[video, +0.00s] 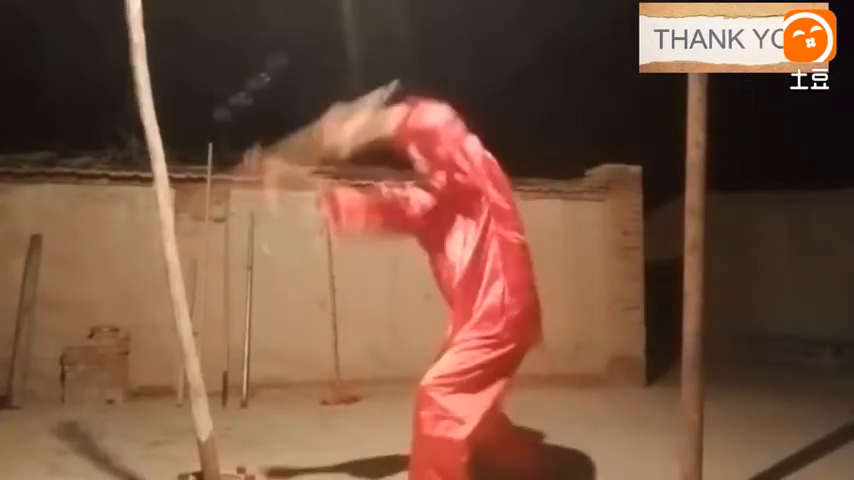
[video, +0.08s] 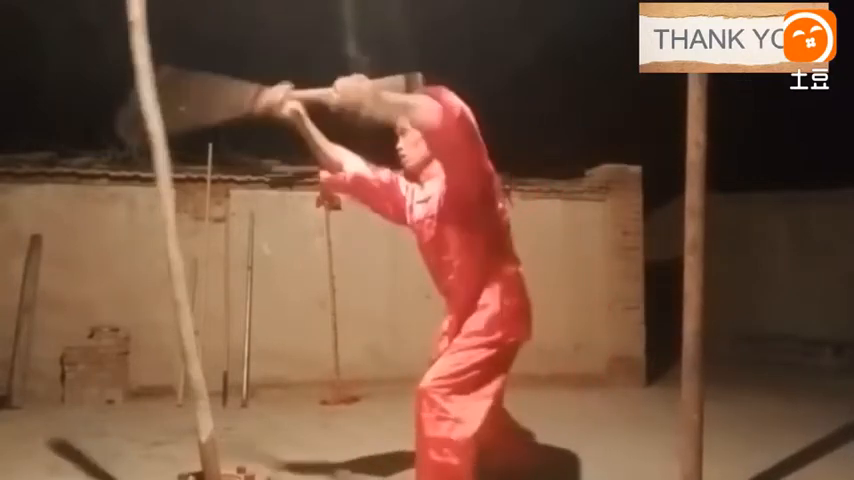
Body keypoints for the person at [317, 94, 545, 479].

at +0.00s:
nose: (418, 162)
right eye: (414, 156)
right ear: (413, 160)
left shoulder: (475, 181)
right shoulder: (429, 205)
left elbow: (439, 121)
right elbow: (371, 205)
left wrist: (367, 126)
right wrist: (311, 188)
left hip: (504, 319)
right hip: (471, 323)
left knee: (438, 392)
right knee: (461, 401)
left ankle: (436, 473)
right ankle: (526, 461)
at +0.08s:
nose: (400, 144)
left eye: (409, 133)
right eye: (399, 136)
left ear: (434, 136)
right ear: (403, 145)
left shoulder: (466, 182)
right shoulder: (408, 194)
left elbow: (444, 116)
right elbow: (350, 168)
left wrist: (373, 98)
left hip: (497, 308)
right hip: (462, 311)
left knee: (437, 393)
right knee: (464, 399)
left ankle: (443, 475)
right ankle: (524, 464)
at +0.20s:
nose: (401, 146)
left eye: (410, 135)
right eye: (403, 136)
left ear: (439, 139)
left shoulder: (464, 193)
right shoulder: (415, 200)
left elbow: (459, 154)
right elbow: (353, 173)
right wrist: (308, 128)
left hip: (492, 321)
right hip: (457, 320)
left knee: (436, 392)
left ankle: (442, 472)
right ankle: (505, 458)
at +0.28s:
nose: (407, 165)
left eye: (415, 155)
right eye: (407, 155)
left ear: (440, 158)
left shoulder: (461, 205)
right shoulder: (428, 201)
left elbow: (413, 254)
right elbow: (389, 231)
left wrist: (335, 265)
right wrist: (341, 219)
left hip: (488, 326)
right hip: (454, 328)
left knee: (430, 395)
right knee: (474, 428)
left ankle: (434, 473)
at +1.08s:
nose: (424, 219)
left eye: (431, 209)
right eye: (423, 211)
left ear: (456, 211)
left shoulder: (466, 250)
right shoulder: (461, 240)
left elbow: (402, 284)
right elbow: (404, 243)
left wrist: (355, 248)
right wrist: (348, 232)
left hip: (511, 356)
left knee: (440, 398)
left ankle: (442, 474)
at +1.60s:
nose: (429, 180)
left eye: (436, 173)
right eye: (428, 173)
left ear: (460, 176)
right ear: (453, 177)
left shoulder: (472, 214)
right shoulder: (459, 208)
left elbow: (403, 234)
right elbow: (409, 213)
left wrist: (348, 204)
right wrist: (374, 189)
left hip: (492, 333)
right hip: (472, 330)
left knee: (451, 419)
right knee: (454, 417)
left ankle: (453, 475)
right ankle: (460, 474)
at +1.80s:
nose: (423, 166)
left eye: (429, 158)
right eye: (422, 159)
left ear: (453, 160)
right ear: (449, 162)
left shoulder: (468, 194)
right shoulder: (445, 192)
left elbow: (404, 204)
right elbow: (392, 184)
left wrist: (336, 192)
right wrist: (366, 145)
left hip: (499, 304)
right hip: (470, 306)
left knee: (483, 367)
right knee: (466, 377)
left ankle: (517, 457)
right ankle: (487, 457)